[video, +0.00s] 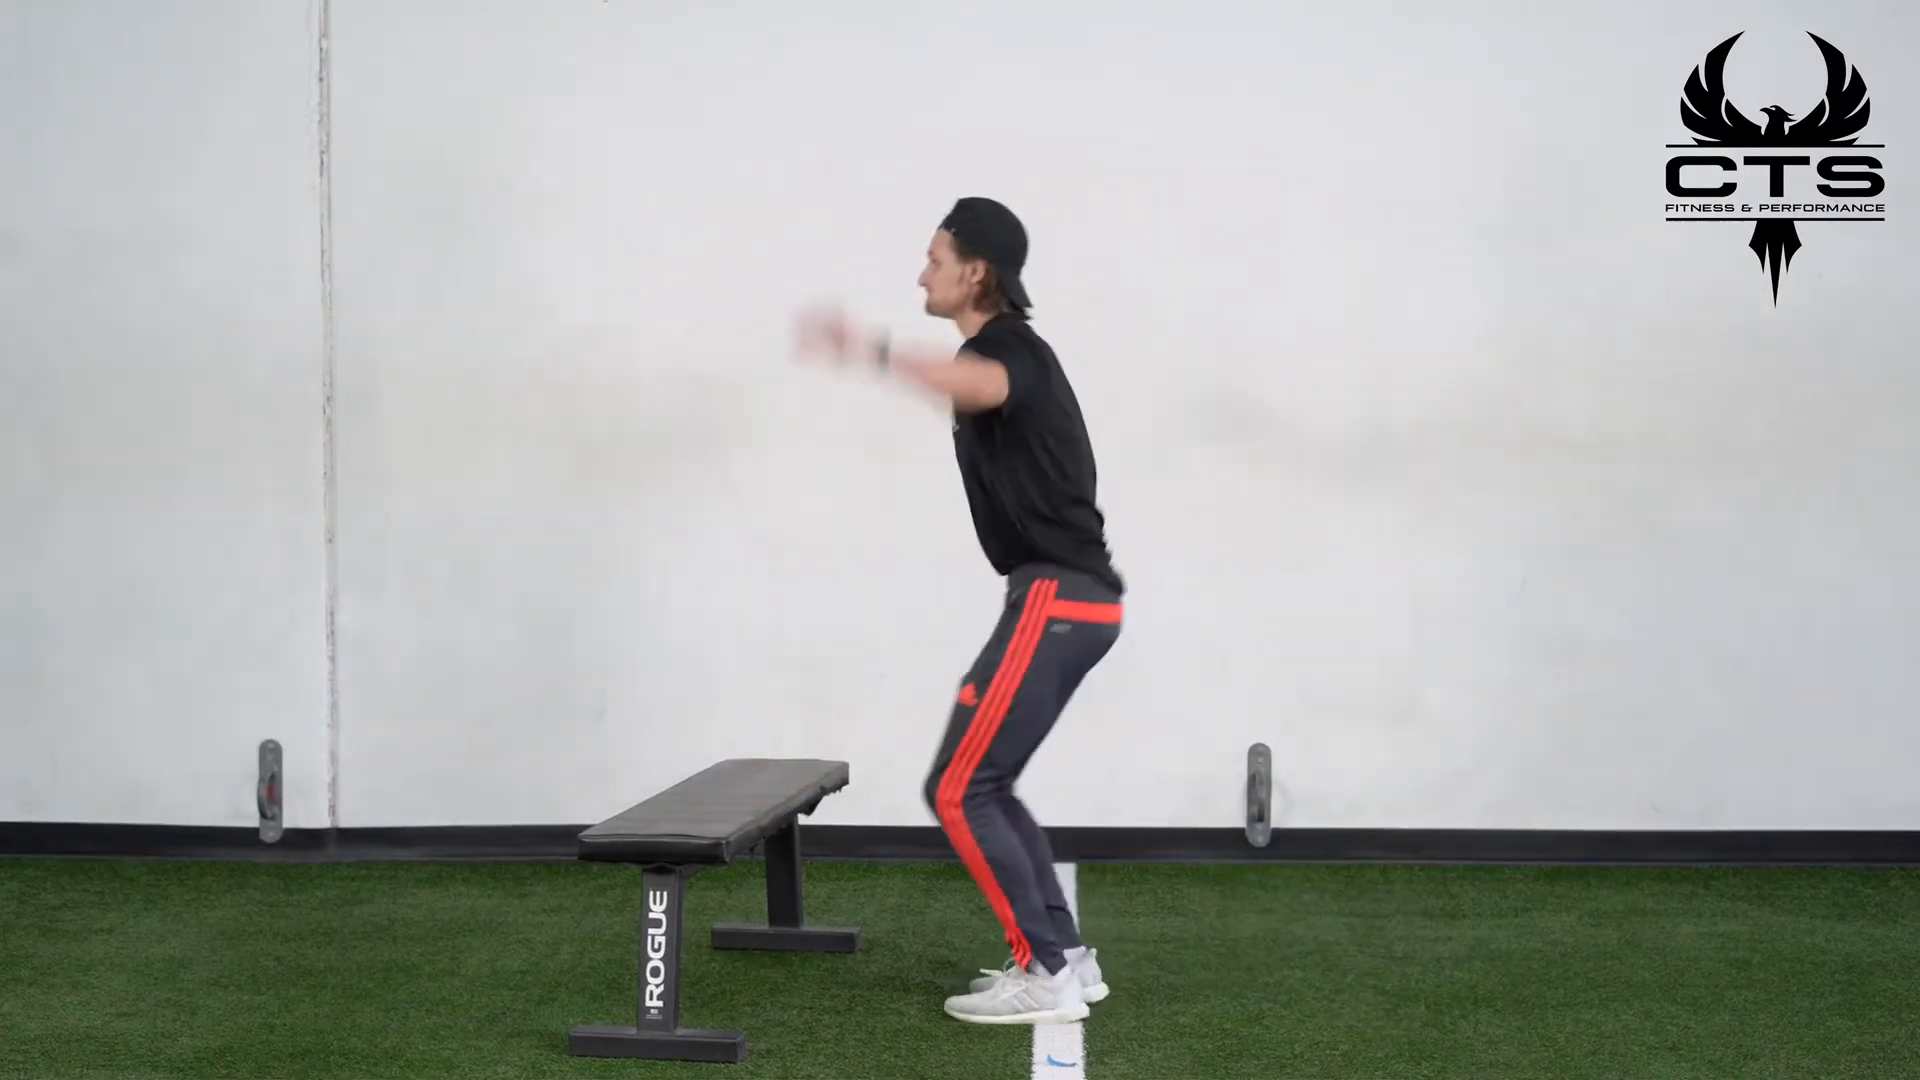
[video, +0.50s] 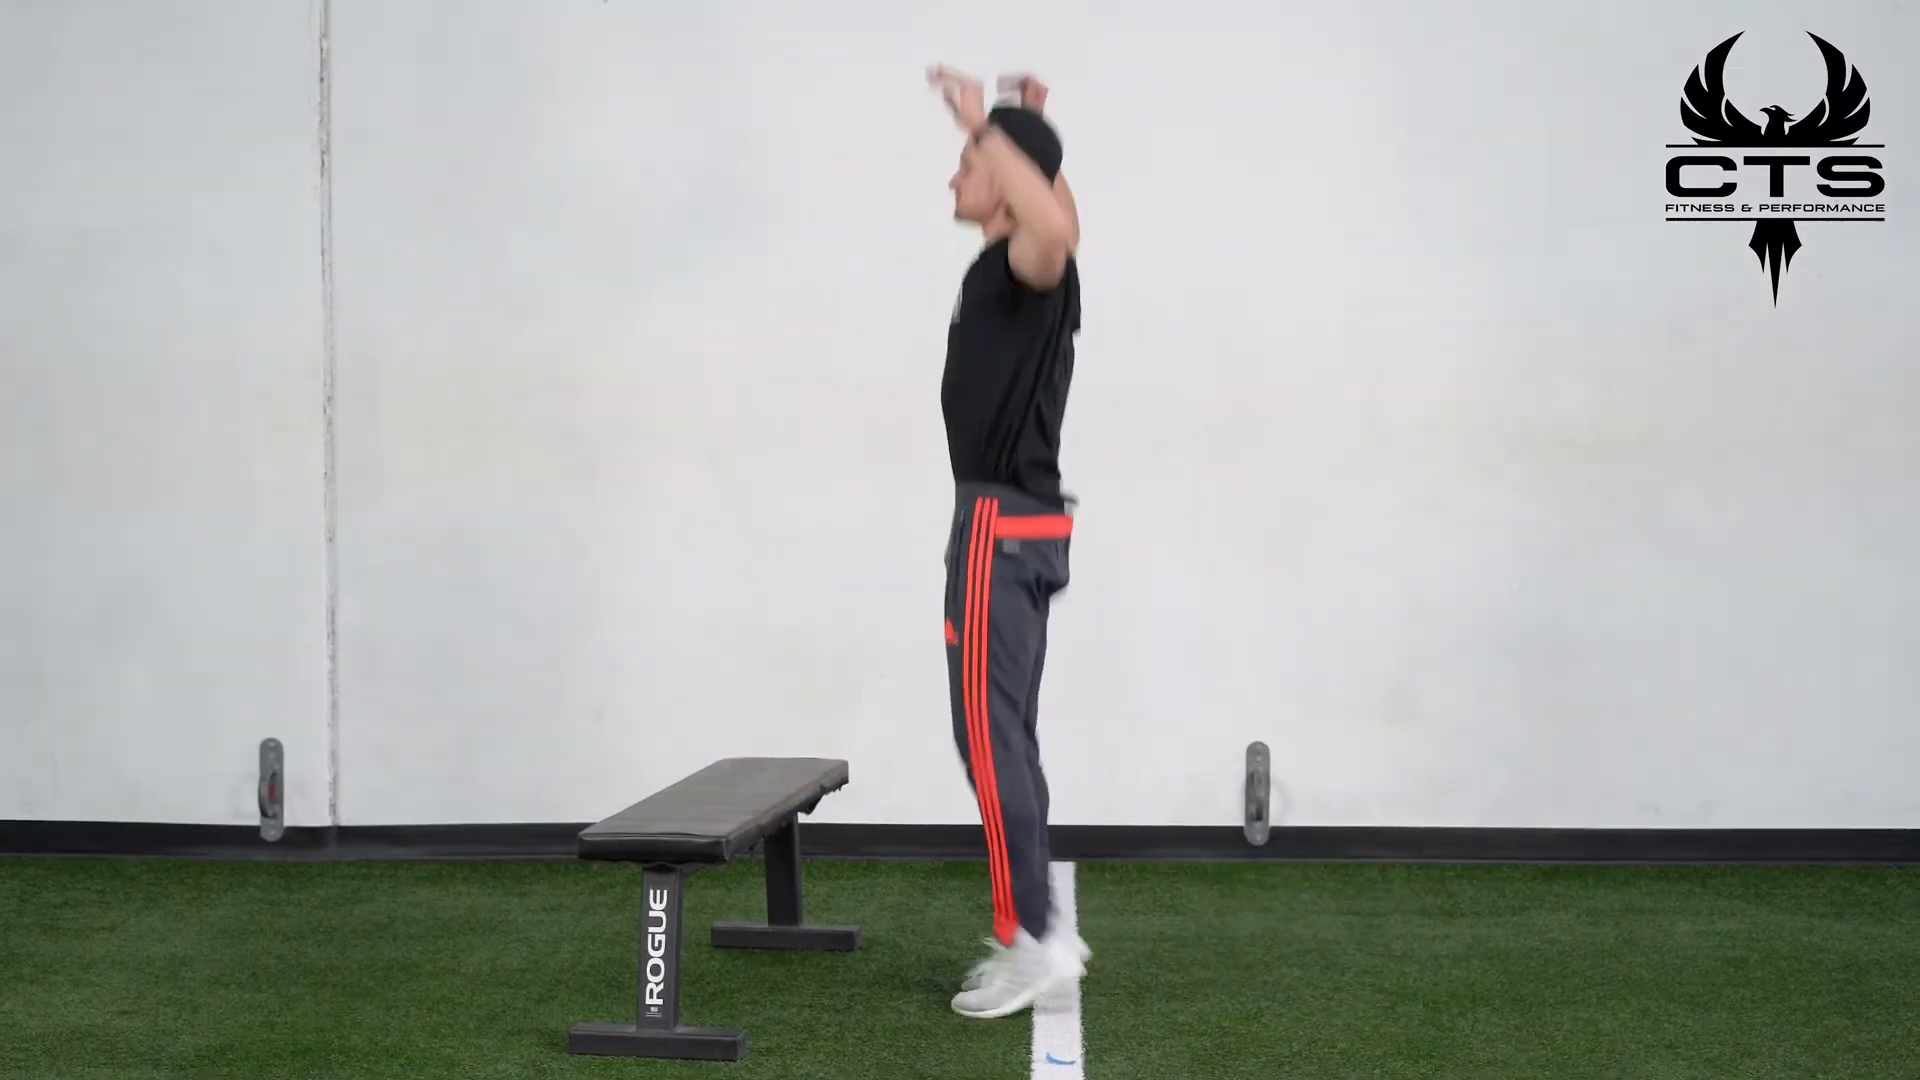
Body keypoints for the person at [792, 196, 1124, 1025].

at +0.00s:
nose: (924, 270)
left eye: (936, 259)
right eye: (928, 257)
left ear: (977, 271)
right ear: (982, 273)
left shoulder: (1008, 345)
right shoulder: (1003, 348)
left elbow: (982, 386)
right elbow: (970, 389)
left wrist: (874, 353)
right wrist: (879, 359)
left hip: (1060, 595)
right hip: (1062, 592)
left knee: (959, 788)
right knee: (979, 783)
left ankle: (1047, 968)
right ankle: (1062, 956)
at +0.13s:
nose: (947, 235)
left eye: (962, 221)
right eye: (952, 218)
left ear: (1001, 238)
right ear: (1016, 240)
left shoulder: (1013, 322)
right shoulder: (1031, 327)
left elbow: (996, 252)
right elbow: (999, 240)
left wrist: (958, 157)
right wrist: (972, 169)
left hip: (1019, 573)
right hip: (1033, 571)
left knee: (959, 768)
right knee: (980, 766)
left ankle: (1044, 961)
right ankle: (1054, 942)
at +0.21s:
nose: (958, 167)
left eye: (974, 155)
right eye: (965, 151)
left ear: (1008, 178)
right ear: (1022, 184)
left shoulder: (1010, 262)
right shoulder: (1039, 268)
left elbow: (1011, 187)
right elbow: (1030, 190)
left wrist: (996, 94)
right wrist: (1025, 115)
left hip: (1006, 507)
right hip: (1025, 508)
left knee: (996, 713)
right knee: (1007, 712)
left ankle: (1016, 922)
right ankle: (1037, 905)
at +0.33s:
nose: (961, 133)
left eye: (975, 121)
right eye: (966, 119)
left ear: (1014, 135)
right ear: (1017, 137)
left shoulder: (1023, 215)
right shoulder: (1034, 216)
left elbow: (1018, 137)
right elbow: (1036, 141)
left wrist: (995, 43)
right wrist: (1032, 62)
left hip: (1002, 469)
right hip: (1010, 467)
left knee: (1001, 682)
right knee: (1009, 680)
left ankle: (1022, 886)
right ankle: (1038, 873)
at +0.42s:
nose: (962, 141)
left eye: (977, 129)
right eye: (968, 125)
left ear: (1018, 147)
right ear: (1018, 144)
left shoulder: (1025, 228)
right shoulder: (1031, 229)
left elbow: (1030, 153)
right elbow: (1042, 150)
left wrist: (989, 63)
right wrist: (1030, 73)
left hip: (1002, 482)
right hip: (1007, 480)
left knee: (994, 692)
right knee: (1003, 691)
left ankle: (1023, 899)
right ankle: (1027, 891)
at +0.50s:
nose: (956, 177)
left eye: (970, 164)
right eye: (962, 162)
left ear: (1009, 177)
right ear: (1015, 177)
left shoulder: (1025, 265)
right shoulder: (1024, 263)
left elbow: (1046, 222)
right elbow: (1052, 211)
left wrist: (984, 129)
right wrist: (1028, 129)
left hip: (1004, 524)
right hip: (1011, 521)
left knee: (992, 735)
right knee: (1000, 732)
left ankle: (1030, 941)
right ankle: (1041, 929)